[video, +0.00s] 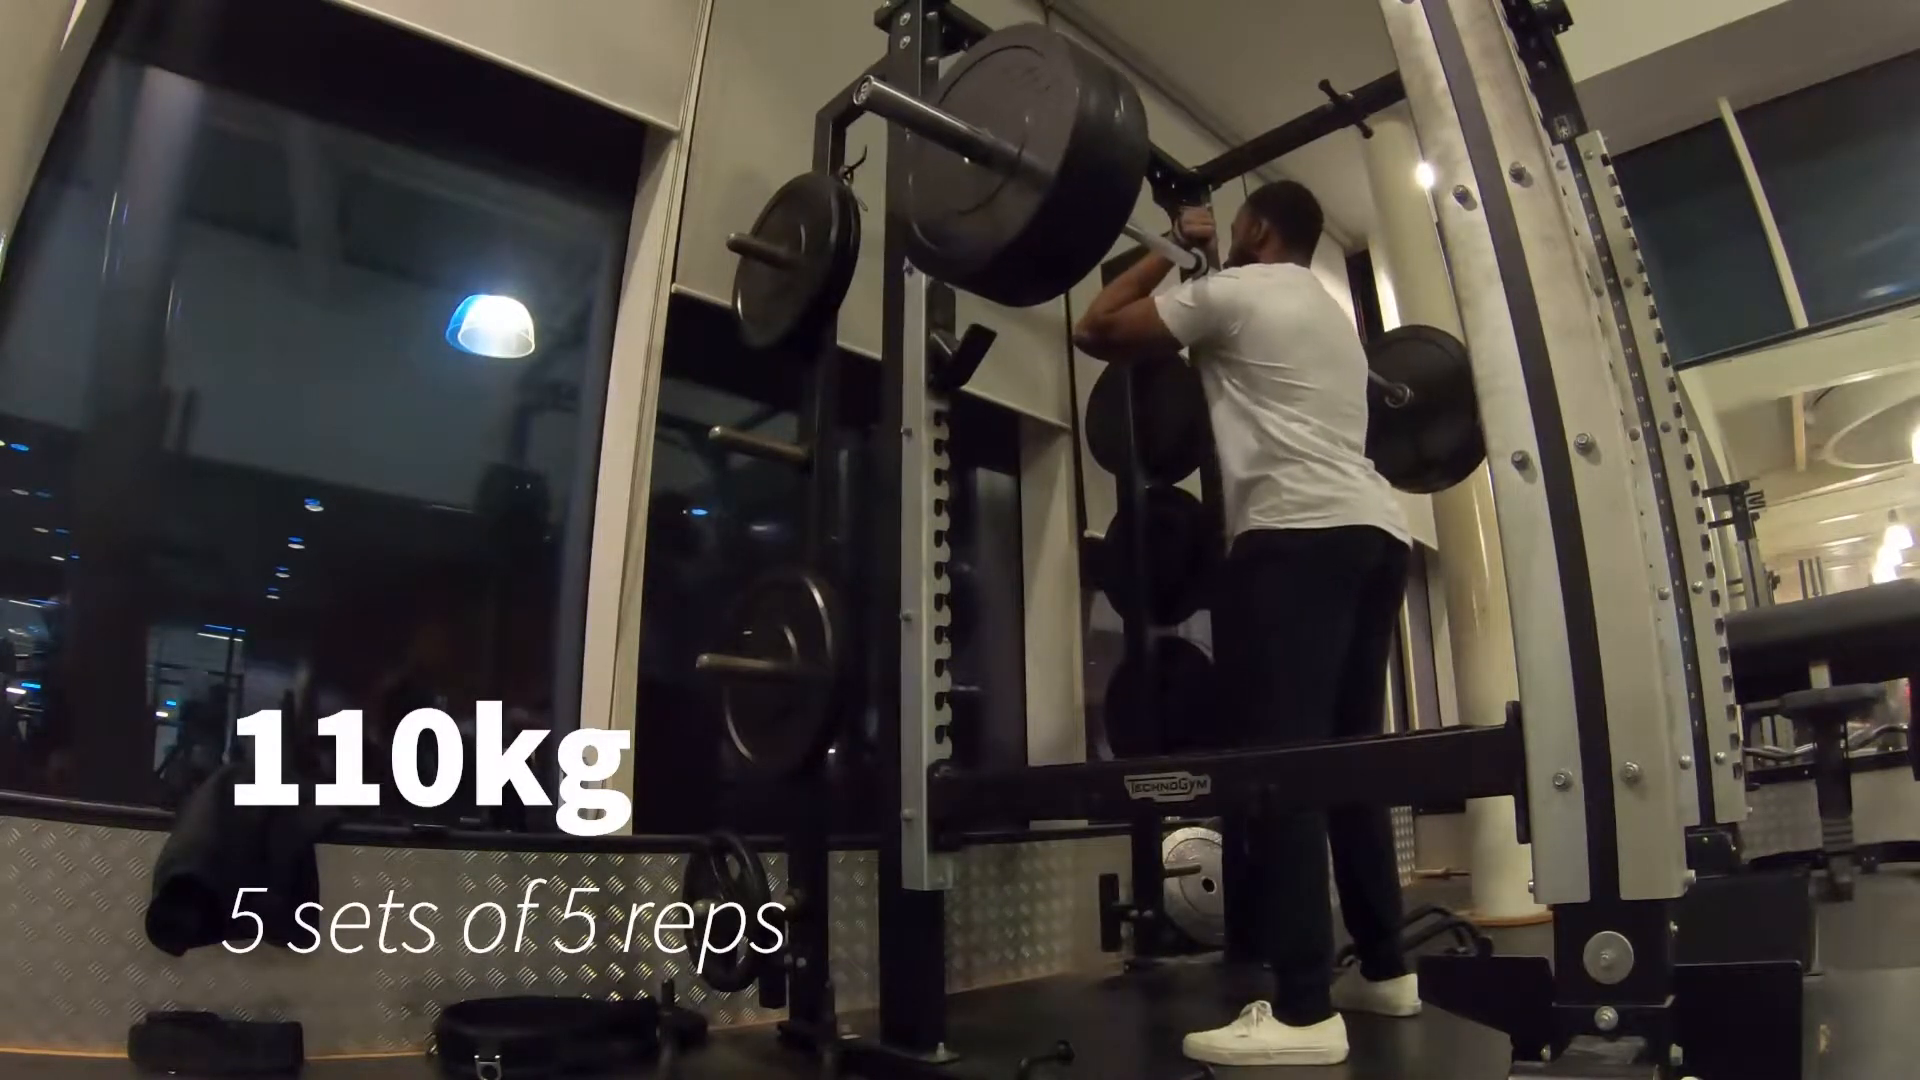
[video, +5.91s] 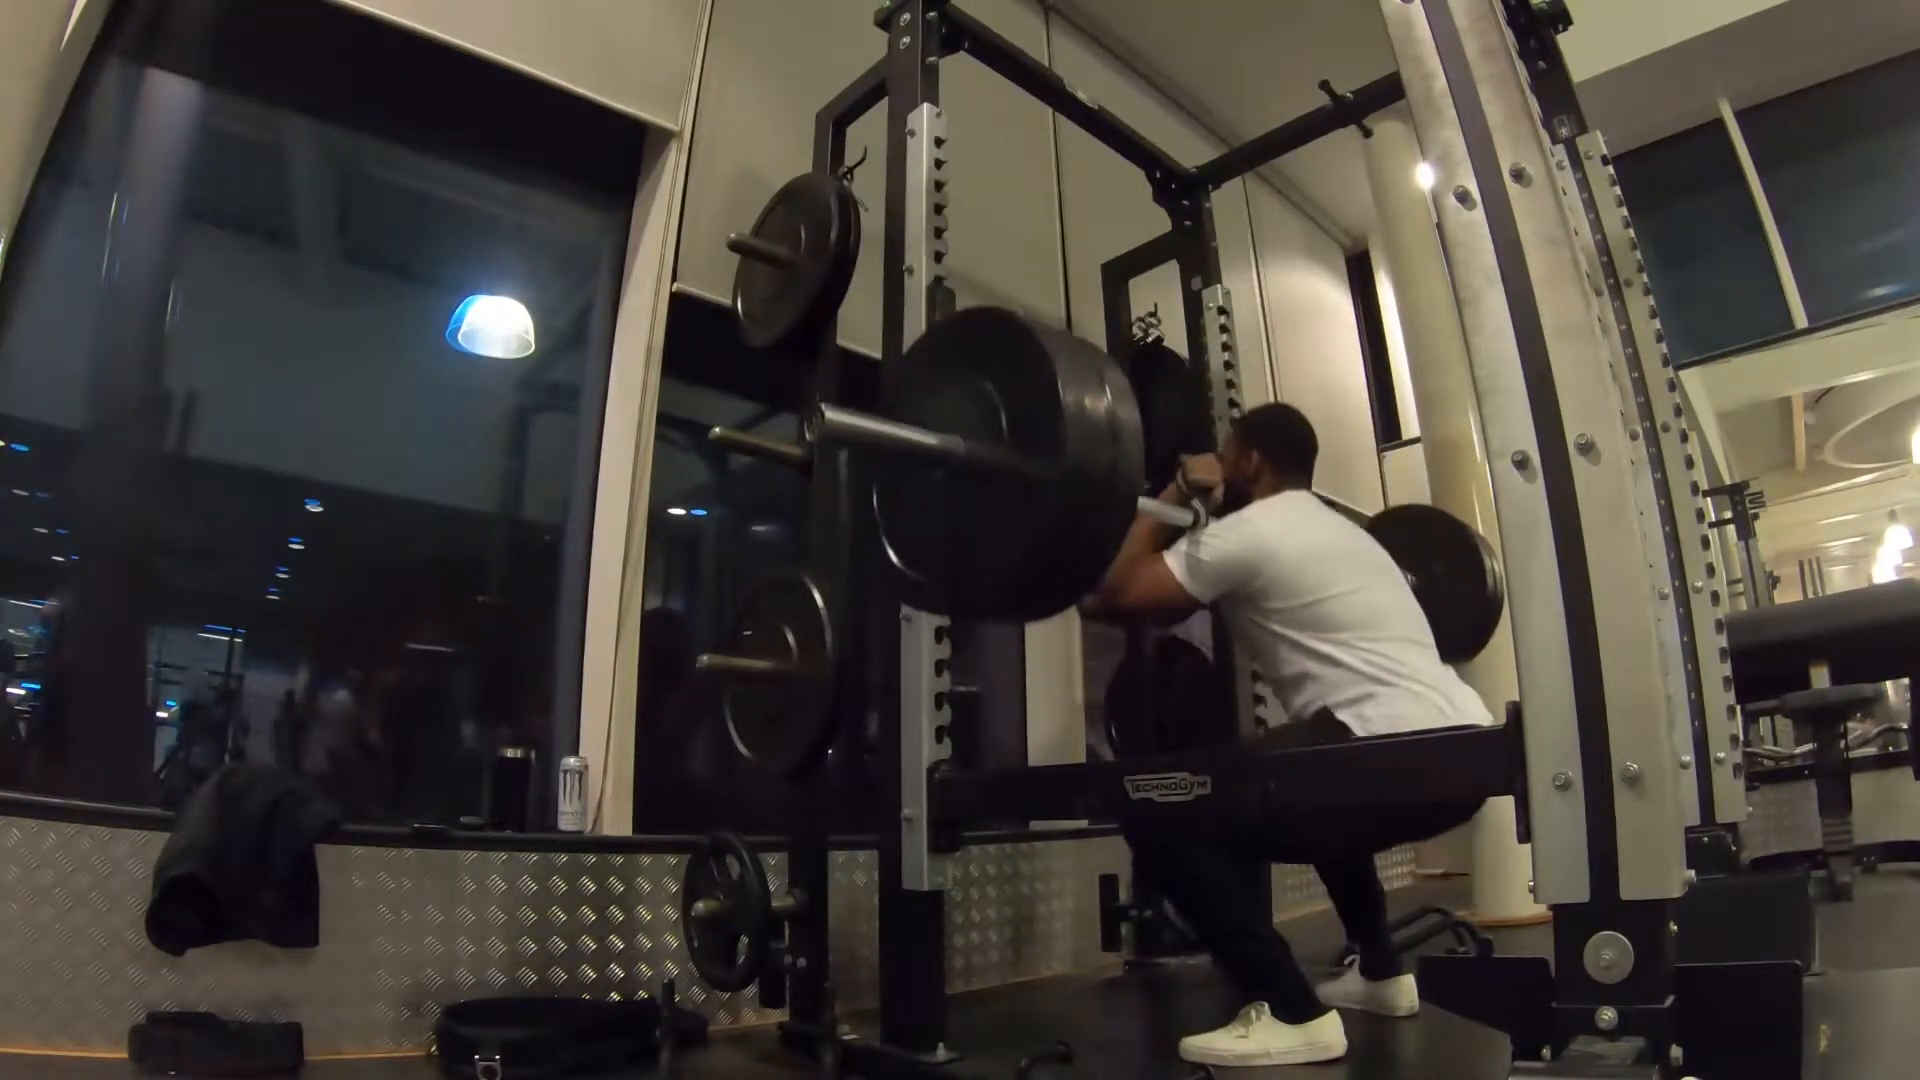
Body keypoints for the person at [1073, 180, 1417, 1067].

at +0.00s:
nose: (1236, 240)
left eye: (1242, 229)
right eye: (1241, 231)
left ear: (1259, 230)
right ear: (1310, 242)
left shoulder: (1239, 295)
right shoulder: (1333, 312)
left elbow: (1097, 324)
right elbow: (1242, 344)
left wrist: (1166, 252)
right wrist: (1202, 264)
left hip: (1290, 541)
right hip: (1373, 540)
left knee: (1278, 770)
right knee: (1350, 762)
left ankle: (1301, 1010)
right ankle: (1386, 970)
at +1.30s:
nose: (1224, 338)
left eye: (1235, 325)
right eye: (1231, 325)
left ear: (1259, 336)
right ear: (1303, 347)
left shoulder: (1240, 404)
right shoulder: (1336, 408)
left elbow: (1099, 437)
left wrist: (1179, 362)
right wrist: (1219, 366)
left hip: (1341, 649)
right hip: (1431, 662)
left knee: (1177, 781)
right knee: (1314, 775)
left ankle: (1293, 1013)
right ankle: (1384, 971)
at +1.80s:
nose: (1225, 452)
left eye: (1232, 441)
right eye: (1227, 439)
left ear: (1254, 450)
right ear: (1304, 456)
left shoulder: (1240, 528)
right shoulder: (1333, 517)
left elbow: (1107, 569)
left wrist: (1166, 486)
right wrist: (1221, 477)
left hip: (1363, 757)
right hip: (1456, 752)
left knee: (1151, 811)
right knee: (1286, 777)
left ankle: (1295, 1013)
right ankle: (1381, 969)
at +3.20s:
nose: (1207, 338)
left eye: (1214, 326)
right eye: (1211, 325)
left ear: (1236, 331)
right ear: (1283, 340)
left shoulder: (1231, 398)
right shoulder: (1314, 406)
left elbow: (1093, 450)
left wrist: (1156, 368)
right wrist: (1191, 375)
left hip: (1327, 632)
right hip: (1412, 640)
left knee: (1181, 789)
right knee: (1319, 778)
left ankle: (1289, 1010)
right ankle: (1383, 970)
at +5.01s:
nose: (1219, 442)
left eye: (1227, 431)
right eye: (1221, 429)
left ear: (1253, 439)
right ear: (1298, 443)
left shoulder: (1245, 513)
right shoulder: (1334, 504)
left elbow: (1114, 556)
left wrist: (1166, 476)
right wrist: (1219, 470)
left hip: (1372, 734)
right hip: (1463, 732)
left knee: (1169, 803)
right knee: (1300, 781)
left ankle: (1294, 1013)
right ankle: (1382, 971)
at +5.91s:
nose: (1220, 466)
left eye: (1227, 454)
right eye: (1222, 454)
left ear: (1253, 462)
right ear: (1299, 467)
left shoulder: (1249, 534)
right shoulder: (1335, 522)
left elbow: (1123, 590)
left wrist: (1167, 500)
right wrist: (1223, 498)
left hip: (1385, 765)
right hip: (1468, 758)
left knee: (1172, 812)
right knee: (1300, 778)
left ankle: (1294, 1014)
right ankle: (1381, 971)